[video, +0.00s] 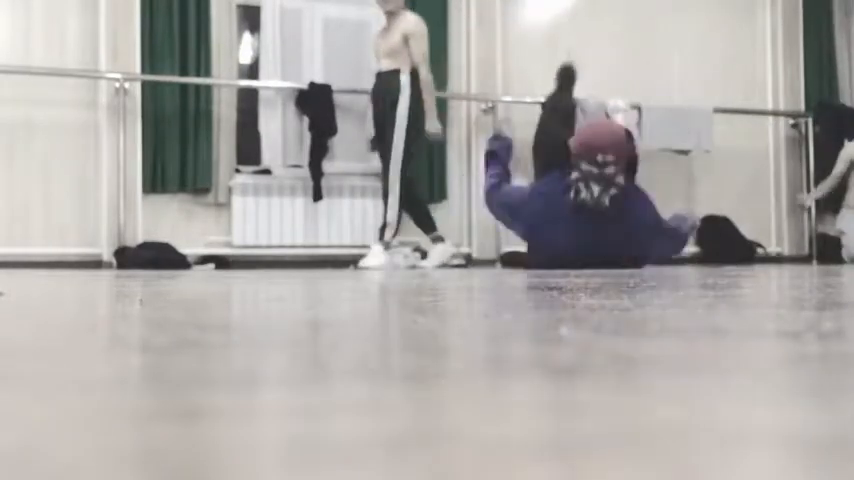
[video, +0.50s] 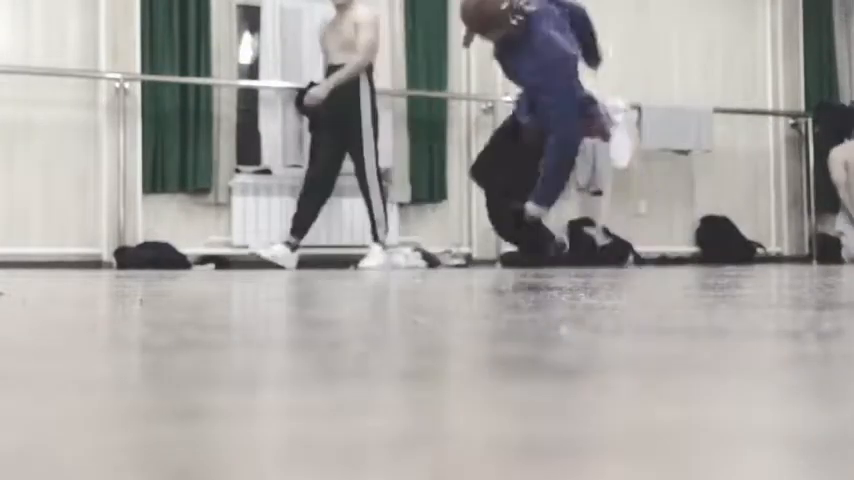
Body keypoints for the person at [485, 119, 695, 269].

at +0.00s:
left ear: (573, 157)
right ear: (628, 162)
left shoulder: (545, 199)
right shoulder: (636, 205)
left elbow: (496, 195)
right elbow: (662, 247)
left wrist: (497, 151)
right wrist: (682, 226)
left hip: (552, 297)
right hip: (615, 301)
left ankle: (560, 98)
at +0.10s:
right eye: (616, 114)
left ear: (578, 115)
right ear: (622, 118)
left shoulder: (549, 156)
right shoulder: (635, 178)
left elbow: (505, 180)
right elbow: (668, 250)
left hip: (544, 280)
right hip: (611, 285)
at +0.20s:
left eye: (566, 81)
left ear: (569, 85)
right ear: (607, 83)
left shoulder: (549, 128)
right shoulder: (627, 135)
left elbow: (502, 173)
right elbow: (657, 167)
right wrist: (617, 123)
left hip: (540, 250)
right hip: (598, 252)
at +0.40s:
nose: (504, 31)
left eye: (503, 24)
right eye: (500, 25)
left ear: (512, 22)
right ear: (529, 12)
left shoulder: (532, 60)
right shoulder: (560, 35)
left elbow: (565, 126)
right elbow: (555, 82)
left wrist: (561, 202)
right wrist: (517, 105)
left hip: (579, 153)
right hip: (598, 145)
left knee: (494, 158)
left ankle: (518, 227)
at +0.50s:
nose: (485, 39)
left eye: (486, 33)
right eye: (481, 34)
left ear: (498, 27)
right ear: (505, 9)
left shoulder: (550, 54)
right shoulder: (531, 6)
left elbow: (566, 134)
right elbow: (574, 12)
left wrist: (540, 203)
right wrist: (591, 52)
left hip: (552, 123)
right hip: (529, 111)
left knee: (503, 210)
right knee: (484, 172)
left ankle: (543, 247)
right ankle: (535, 244)